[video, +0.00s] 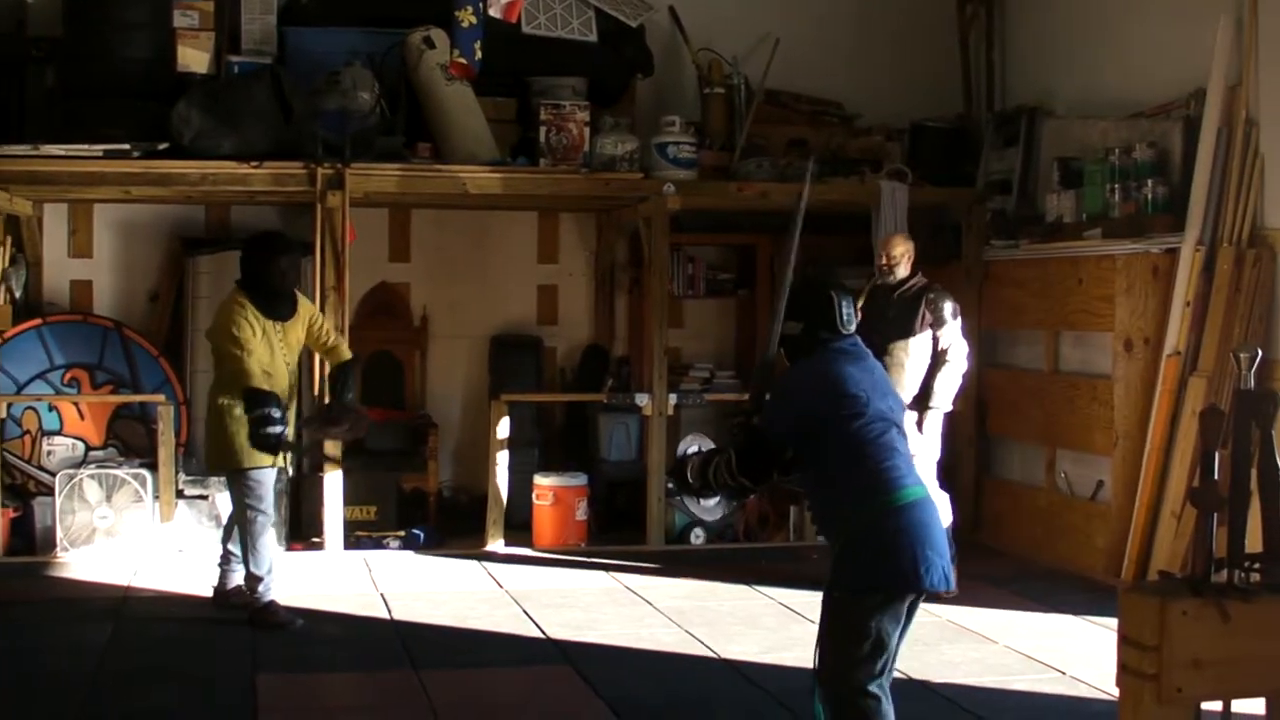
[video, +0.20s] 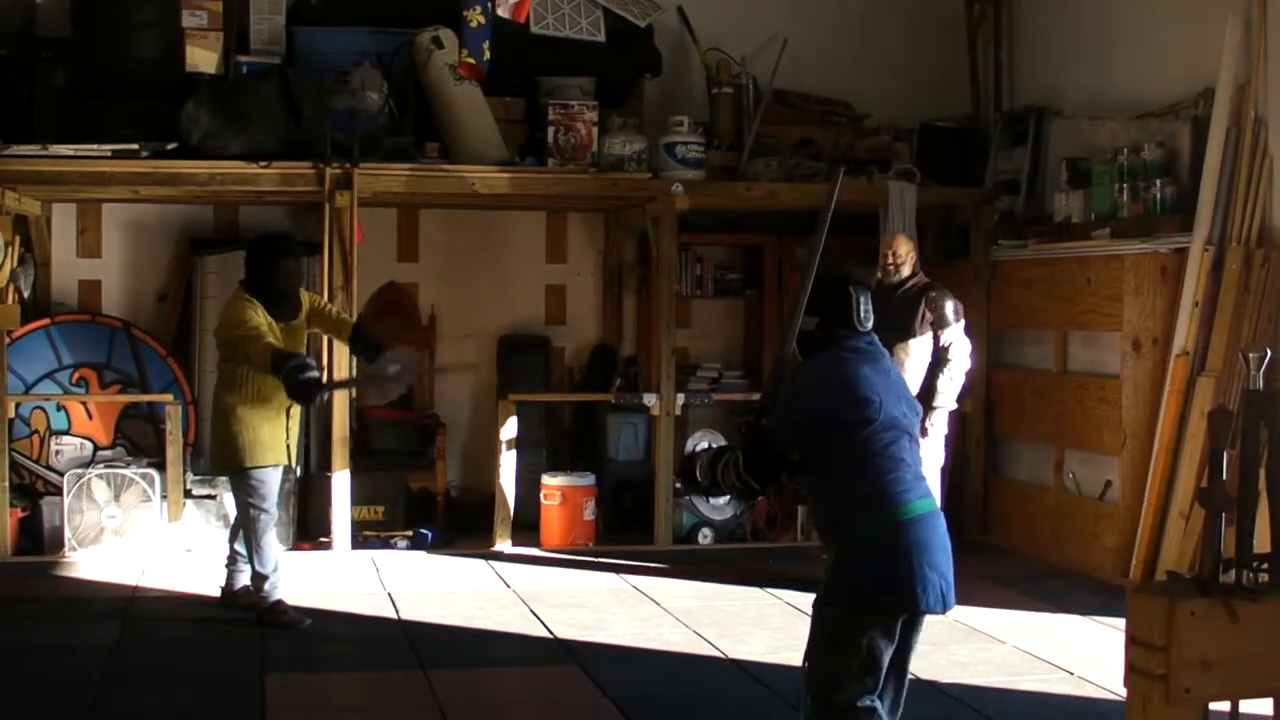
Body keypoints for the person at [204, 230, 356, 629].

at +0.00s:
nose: (291, 276)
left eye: (294, 268)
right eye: (283, 268)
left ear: (295, 268)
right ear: (259, 271)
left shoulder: (299, 308)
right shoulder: (236, 313)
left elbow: (331, 342)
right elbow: (244, 365)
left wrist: (343, 386)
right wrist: (263, 407)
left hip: (277, 418)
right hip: (240, 419)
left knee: (253, 504)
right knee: (258, 507)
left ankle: (230, 583)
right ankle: (262, 596)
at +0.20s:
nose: (296, 278)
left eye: (298, 269)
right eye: (288, 270)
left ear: (296, 270)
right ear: (264, 272)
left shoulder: (298, 302)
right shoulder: (241, 311)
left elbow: (331, 319)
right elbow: (256, 346)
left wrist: (363, 339)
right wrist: (287, 364)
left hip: (281, 425)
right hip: (247, 426)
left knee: (259, 507)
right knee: (261, 509)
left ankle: (237, 583)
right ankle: (268, 596)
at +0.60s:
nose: (293, 277)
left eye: (295, 268)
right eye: (284, 268)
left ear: (298, 267)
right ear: (260, 269)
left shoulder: (302, 304)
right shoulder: (235, 314)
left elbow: (334, 339)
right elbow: (242, 380)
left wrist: (346, 360)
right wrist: (288, 370)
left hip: (284, 428)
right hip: (249, 428)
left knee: (260, 507)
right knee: (263, 509)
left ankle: (236, 584)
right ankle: (267, 594)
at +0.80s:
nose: (295, 275)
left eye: (296, 266)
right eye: (285, 267)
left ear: (297, 267)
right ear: (258, 270)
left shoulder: (306, 312)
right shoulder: (231, 316)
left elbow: (324, 359)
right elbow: (218, 379)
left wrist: (319, 398)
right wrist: (255, 377)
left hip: (288, 425)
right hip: (248, 425)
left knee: (261, 504)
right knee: (264, 506)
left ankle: (237, 582)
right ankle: (268, 594)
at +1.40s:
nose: (282, 273)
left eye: (285, 264)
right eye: (273, 265)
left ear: (287, 265)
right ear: (250, 268)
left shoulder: (298, 306)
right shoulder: (227, 310)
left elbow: (318, 362)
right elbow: (221, 371)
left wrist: (321, 418)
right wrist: (265, 343)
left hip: (283, 425)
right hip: (244, 426)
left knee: (261, 506)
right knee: (261, 506)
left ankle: (237, 582)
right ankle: (268, 595)